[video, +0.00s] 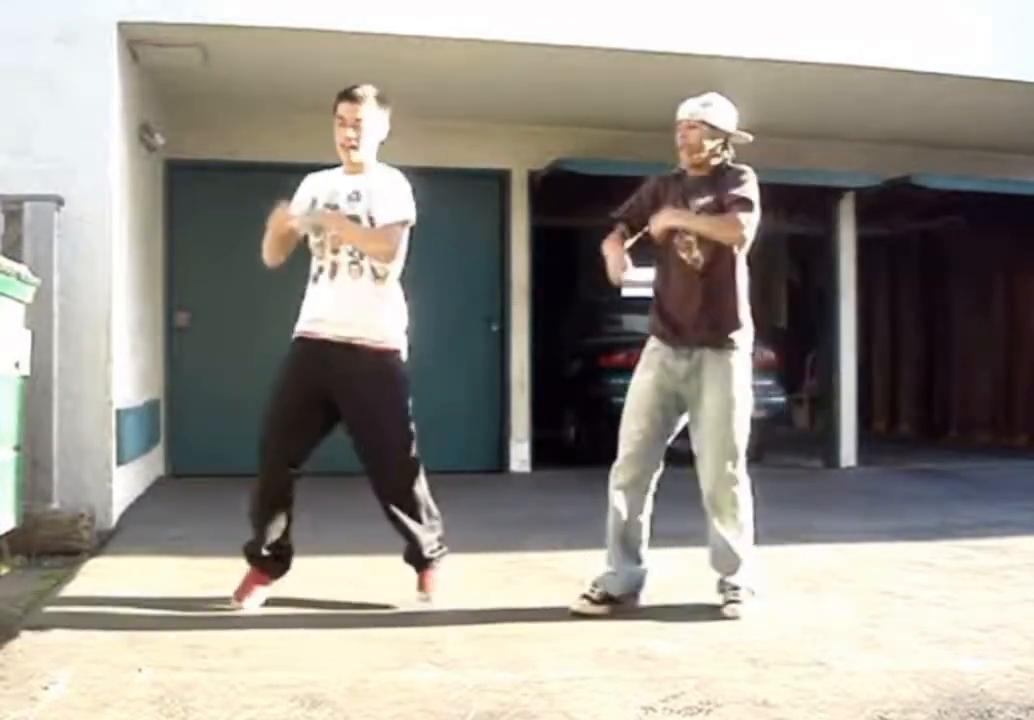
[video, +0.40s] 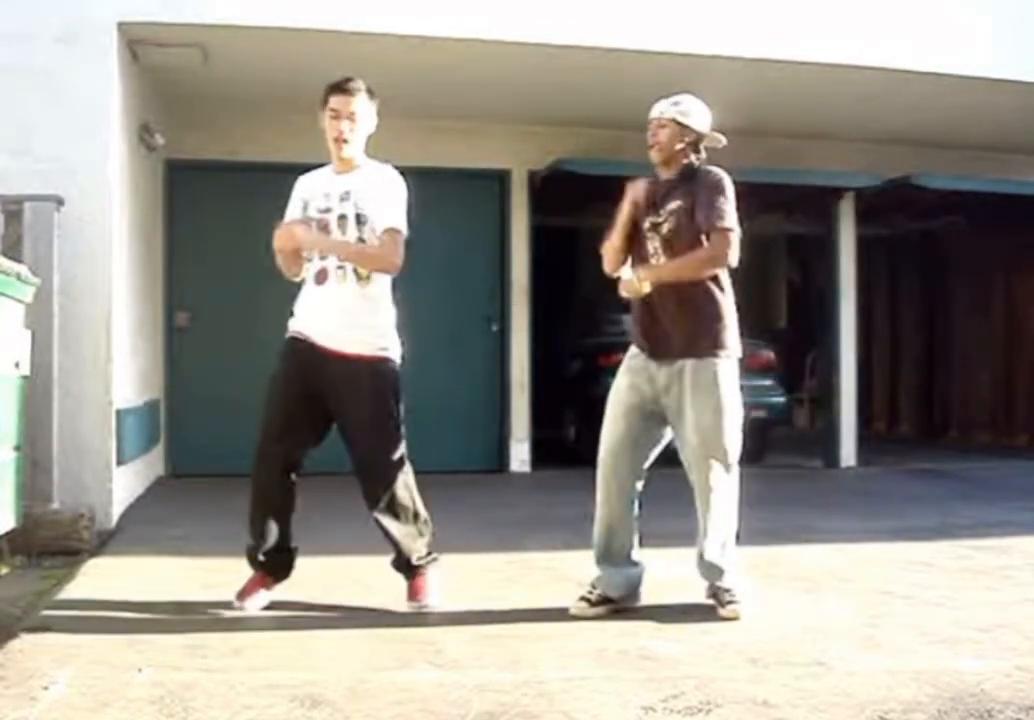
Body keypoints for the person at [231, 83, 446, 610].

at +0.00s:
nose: (349, 134)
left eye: (360, 125)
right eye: (343, 124)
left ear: (381, 130)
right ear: (334, 127)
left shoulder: (391, 186)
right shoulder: (314, 186)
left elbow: (388, 250)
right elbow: (274, 258)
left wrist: (327, 221)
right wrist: (279, 230)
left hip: (375, 351)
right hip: (314, 344)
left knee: (394, 466)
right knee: (277, 453)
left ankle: (427, 556)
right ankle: (266, 562)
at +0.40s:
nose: (342, 125)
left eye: (352, 117)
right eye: (335, 116)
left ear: (370, 124)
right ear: (323, 122)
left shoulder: (386, 183)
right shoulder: (307, 186)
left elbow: (390, 258)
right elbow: (293, 270)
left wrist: (317, 242)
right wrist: (286, 246)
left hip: (366, 349)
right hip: (307, 342)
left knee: (383, 470)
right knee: (274, 453)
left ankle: (419, 564)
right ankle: (269, 565)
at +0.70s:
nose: (413, 133)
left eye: (423, 125)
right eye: (406, 122)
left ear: (433, 128)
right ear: (385, 121)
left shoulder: (449, 182)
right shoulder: (362, 175)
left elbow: (502, 244)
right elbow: (317, 228)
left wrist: (490, 190)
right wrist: (289, 189)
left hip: (417, 341)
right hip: (358, 334)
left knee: (437, 463)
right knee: (325, 450)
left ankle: (478, 544)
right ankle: (290, 566)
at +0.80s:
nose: (434, 156)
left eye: (443, 148)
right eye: (428, 146)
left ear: (456, 153)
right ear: (411, 147)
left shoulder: (472, 214)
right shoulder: (384, 205)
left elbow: (495, 292)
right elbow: (360, 281)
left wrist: (507, 248)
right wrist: (327, 225)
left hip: (440, 362)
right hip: (380, 356)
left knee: (465, 474)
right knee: (341, 473)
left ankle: (500, 564)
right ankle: (295, 582)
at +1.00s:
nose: (443, 162)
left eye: (453, 153)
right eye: (435, 150)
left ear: (467, 155)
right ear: (420, 148)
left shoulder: (484, 212)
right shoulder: (394, 203)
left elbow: (542, 267)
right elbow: (346, 262)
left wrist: (545, 240)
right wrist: (316, 213)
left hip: (454, 370)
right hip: (391, 360)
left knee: (474, 478)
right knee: (351, 472)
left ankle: (496, 568)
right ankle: (303, 580)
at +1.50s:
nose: (387, 127)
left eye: (397, 117)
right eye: (379, 115)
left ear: (410, 120)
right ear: (361, 112)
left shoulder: (425, 178)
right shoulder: (330, 170)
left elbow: (435, 241)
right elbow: (290, 226)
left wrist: (440, 288)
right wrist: (308, 280)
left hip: (403, 317)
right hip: (339, 313)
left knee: (417, 427)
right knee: (322, 430)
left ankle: (414, 541)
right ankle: (318, 547)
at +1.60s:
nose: (382, 126)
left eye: (391, 117)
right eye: (374, 115)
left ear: (404, 120)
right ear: (357, 114)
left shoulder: (419, 178)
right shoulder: (325, 171)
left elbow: (425, 240)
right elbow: (288, 229)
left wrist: (441, 280)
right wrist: (303, 285)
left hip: (399, 318)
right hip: (335, 313)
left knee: (408, 428)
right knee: (326, 431)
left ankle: (392, 541)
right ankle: (332, 550)